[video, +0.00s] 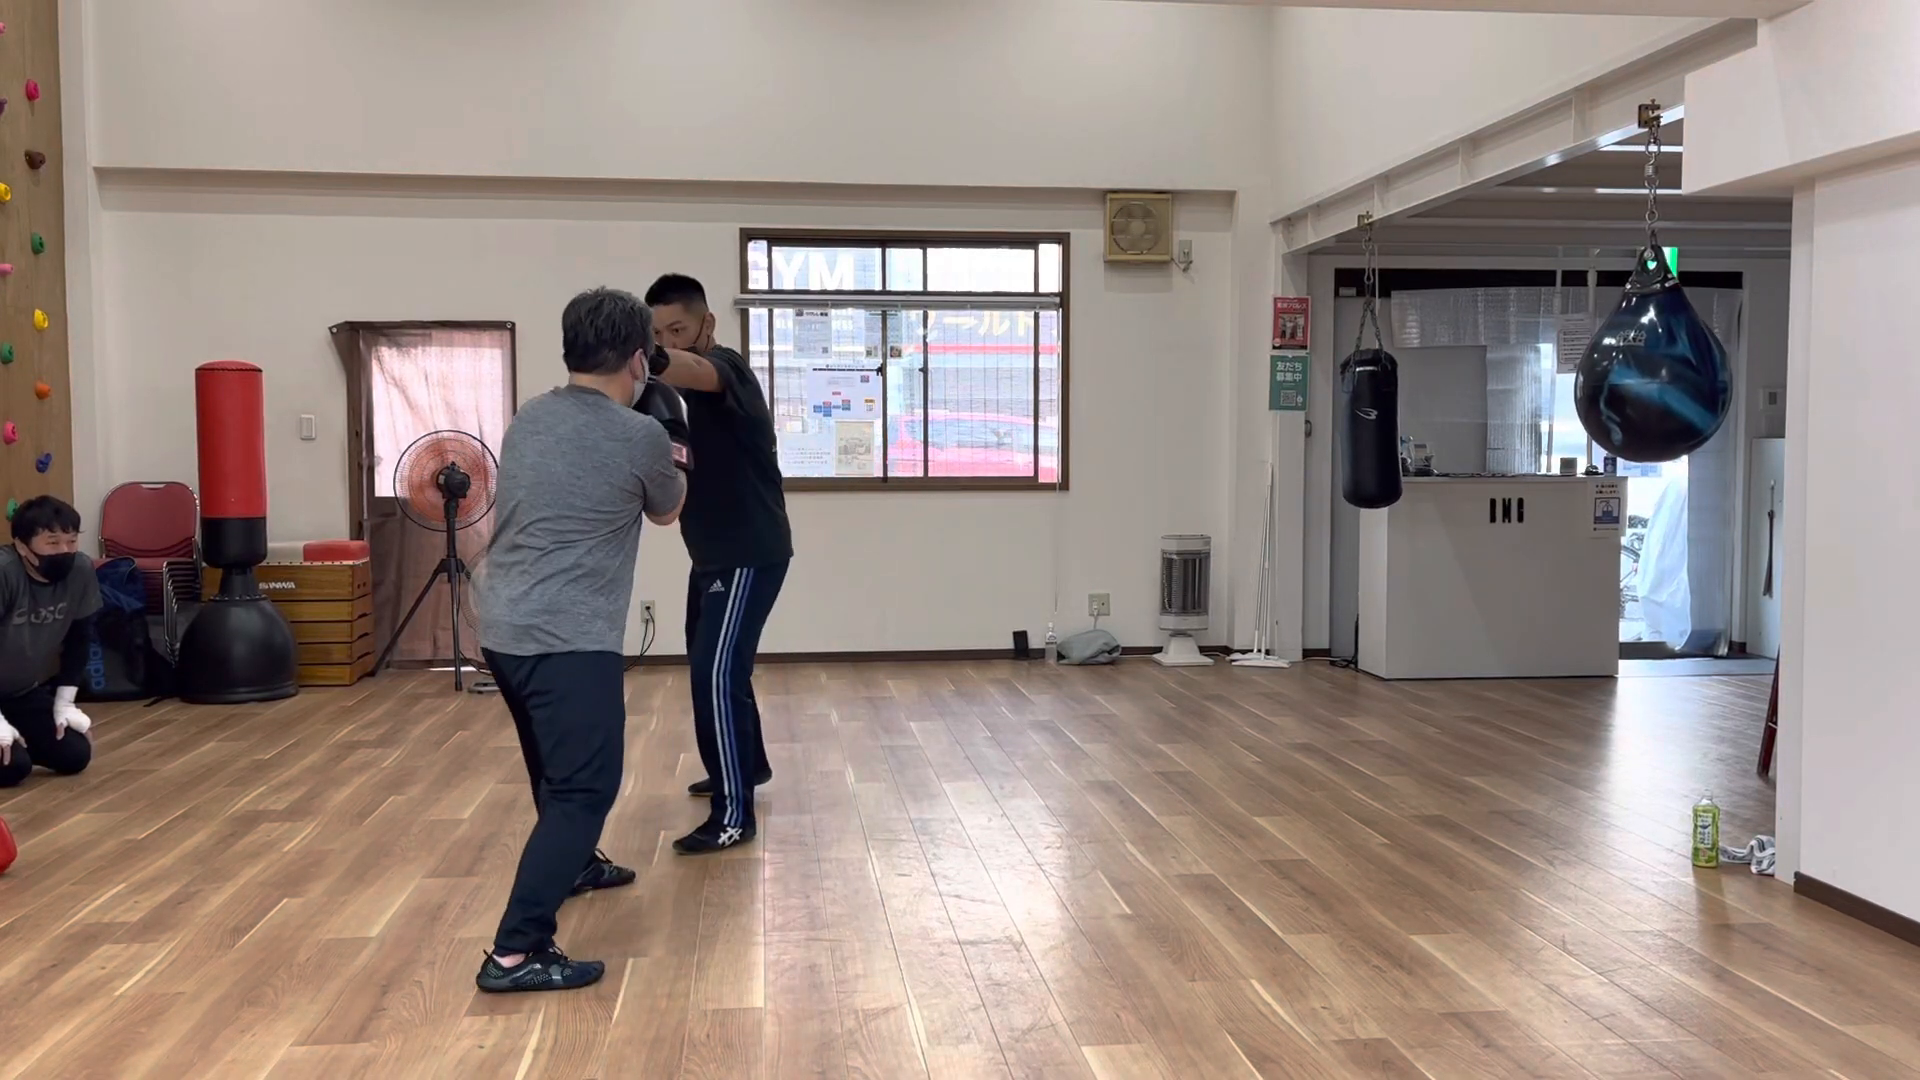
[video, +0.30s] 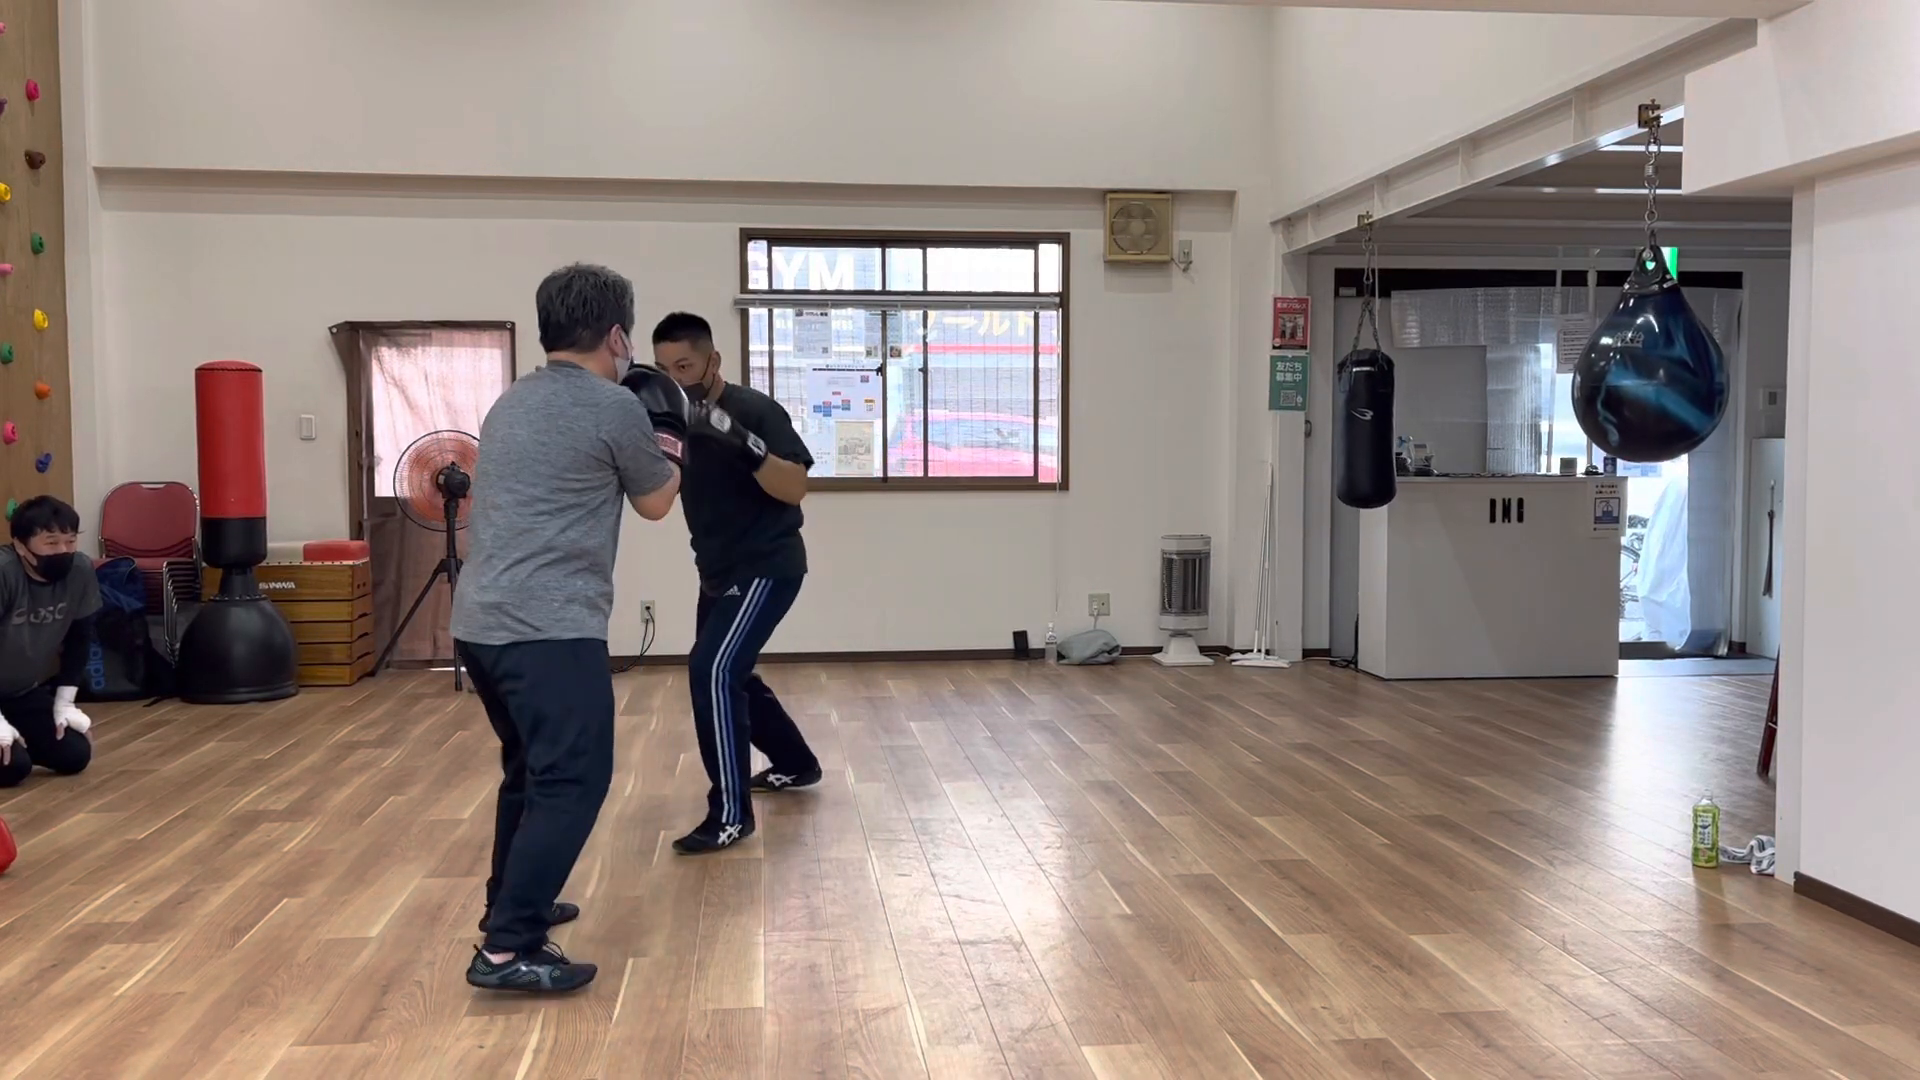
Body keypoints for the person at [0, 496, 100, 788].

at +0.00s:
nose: (64, 552)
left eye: (70, 542)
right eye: (52, 543)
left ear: (77, 540)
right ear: (22, 545)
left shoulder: (80, 570)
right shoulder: (6, 573)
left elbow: (79, 640)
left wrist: (65, 700)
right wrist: (2, 721)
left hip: (29, 690)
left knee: (74, 756)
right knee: (14, 766)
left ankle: (14, 741)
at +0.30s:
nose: (64, 552)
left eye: (69, 542)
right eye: (52, 544)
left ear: (76, 540)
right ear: (20, 545)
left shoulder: (80, 570)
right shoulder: (6, 573)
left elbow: (79, 639)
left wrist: (65, 701)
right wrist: (2, 721)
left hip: (29, 690)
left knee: (74, 756)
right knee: (14, 766)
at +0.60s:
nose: (59, 549)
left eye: (66, 540)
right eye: (47, 541)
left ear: (74, 540)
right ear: (18, 544)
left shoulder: (79, 570)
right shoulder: (5, 573)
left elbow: (79, 638)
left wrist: (64, 701)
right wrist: (2, 722)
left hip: (28, 690)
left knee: (74, 756)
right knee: (14, 766)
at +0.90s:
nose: (57, 545)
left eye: (63, 536)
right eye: (44, 537)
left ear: (71, 536)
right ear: (15, 541)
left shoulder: (76, 567)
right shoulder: (4, 573)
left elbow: (77, 638)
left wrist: (64, 701)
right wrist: (1, 721)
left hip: (27, 690)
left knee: (74, 756)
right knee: (14, 766)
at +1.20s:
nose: (53, 541)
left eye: (60, 532)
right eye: (40, 533)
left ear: (68, 534)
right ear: (12, 540)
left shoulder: (75, 566)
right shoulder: (4, 572)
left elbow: (75, 637)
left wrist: (63, 701)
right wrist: (1, 721)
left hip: (30, 690)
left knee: (74, 756)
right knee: (13, 766)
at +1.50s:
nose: (50, 535)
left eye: (56, 525)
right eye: (37, 528)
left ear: (64, 527)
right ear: (8, 536)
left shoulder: (73, 564)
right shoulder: (2, 571)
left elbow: (73, 638)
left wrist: (63, 702)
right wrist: (0, 720)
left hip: (28, 691)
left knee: (74, 756)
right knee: (12, 766)